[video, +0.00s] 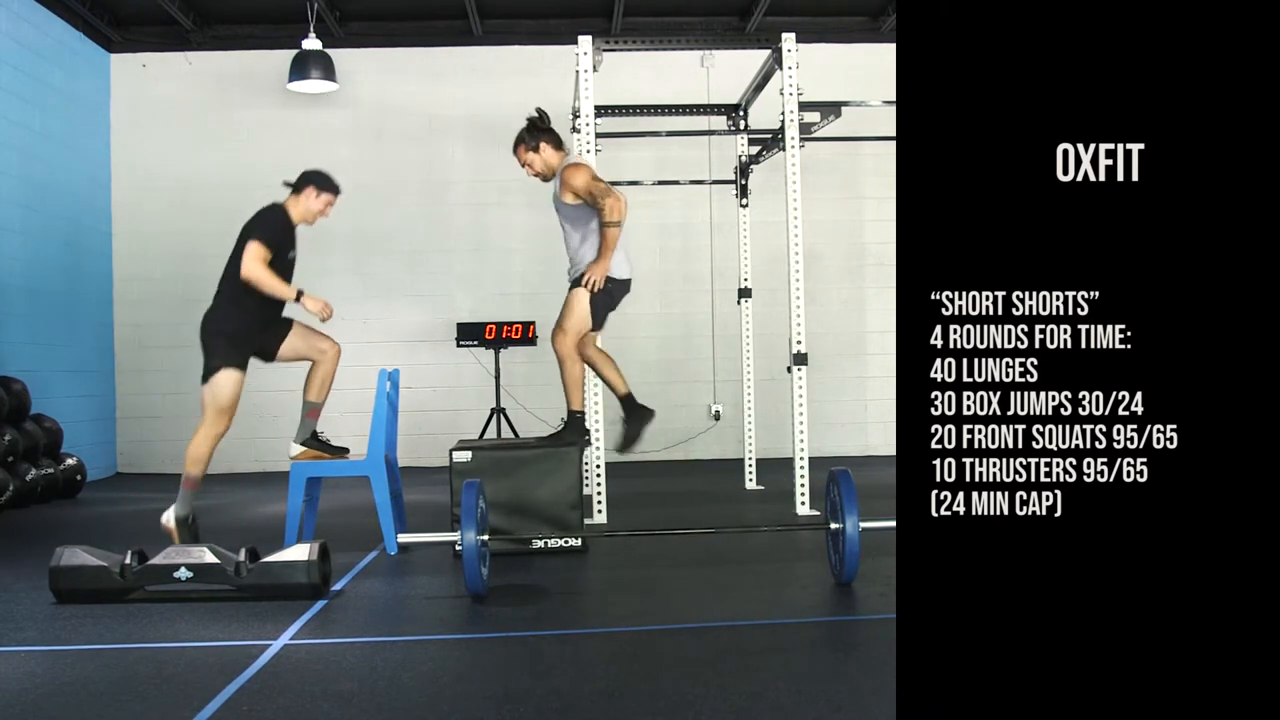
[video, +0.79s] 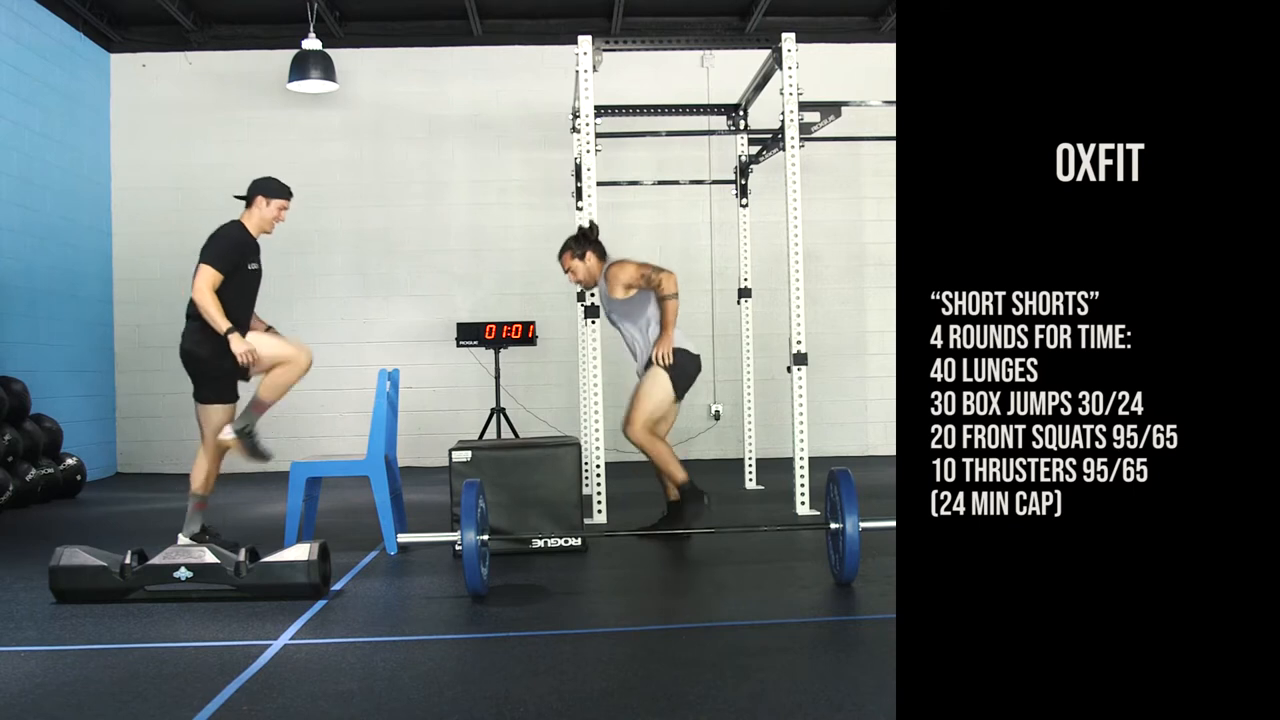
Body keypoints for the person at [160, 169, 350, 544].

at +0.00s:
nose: (327, 212)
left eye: (330, 206)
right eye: (326, 204)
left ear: (310, 197)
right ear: (308, 194)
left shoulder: (285, 229)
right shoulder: (271, 219)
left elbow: (257, 278)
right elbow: (251, 269)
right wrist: (303, 297)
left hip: (261, 327)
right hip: (229, 326)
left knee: (327, 350)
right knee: (216, 422)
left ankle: (307, 438)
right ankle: (180, 512)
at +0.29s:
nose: (280, 226)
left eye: (282, 220)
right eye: (277, 218)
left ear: (260, 213)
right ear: (258, 210)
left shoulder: (241, 246)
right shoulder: (225, 245)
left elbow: (225, 307)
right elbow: (210, 308)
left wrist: (254, 341)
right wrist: (263, 333)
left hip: (230, 348)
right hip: (201, 351)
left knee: (302, 363)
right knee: (196, 448)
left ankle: (260, 439)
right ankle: (163, 537)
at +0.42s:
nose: (271, 219)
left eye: (273, 213)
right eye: (268, 211)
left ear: (251, 208)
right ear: (248, 206)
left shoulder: (236, 245)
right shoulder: (219, 242)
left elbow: (214, 304)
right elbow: (197, 303)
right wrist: (249, 332)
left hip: (226, 355)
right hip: (197, 354)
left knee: (277, 414)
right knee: (187, 446)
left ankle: (220, 483)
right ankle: (162, 537)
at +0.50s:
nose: (268, 218)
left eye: (270, 212)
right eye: (265, 210)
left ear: (249, 208)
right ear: (243, 205)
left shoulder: (236, 245)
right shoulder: (218, 242)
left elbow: (218, 302)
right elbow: (192, 300)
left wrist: (240, 344)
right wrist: (242, 334)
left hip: (225, 359)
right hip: (199, 359)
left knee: (243, 441)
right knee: (195, 448)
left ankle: (202, 524)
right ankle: (163, 537)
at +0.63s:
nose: (271, 214)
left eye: (273, 208)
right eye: (268, 206)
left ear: (251, 205)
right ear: (247, 202)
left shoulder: (239, 244)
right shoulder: (221, 239)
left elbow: (226, 300)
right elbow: (192, 292)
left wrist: (243, 344)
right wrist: (232, 329)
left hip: (215, 352)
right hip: (204, 351)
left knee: (214, 447)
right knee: (250, 431)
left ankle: (192, 533)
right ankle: (186, 507)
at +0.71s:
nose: (277, 215)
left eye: (279, 208)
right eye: (274, 207)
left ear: (256, 204)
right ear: (252, 201)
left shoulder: (244, 243)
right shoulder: (224, 237)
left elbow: (225, 304)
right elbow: (194, 291)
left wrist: (253, 335)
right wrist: (230, 329)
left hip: (216, 350)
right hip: (206, 351)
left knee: (210, 449)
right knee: (281, 397)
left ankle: (193, 531)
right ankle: (216, 457)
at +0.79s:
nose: (283, 218)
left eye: (285, 212)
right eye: (280, 210)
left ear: (263, 206)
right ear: (260, 203)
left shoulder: (248, 243)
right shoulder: (230, 237)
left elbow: (234, 301)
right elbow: (200, 292)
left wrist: (264, 329)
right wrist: (231, 333)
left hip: (215, 345)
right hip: (210, 344)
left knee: (215, 443)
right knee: (298, 357)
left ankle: (192, 531)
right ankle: (242, 428)